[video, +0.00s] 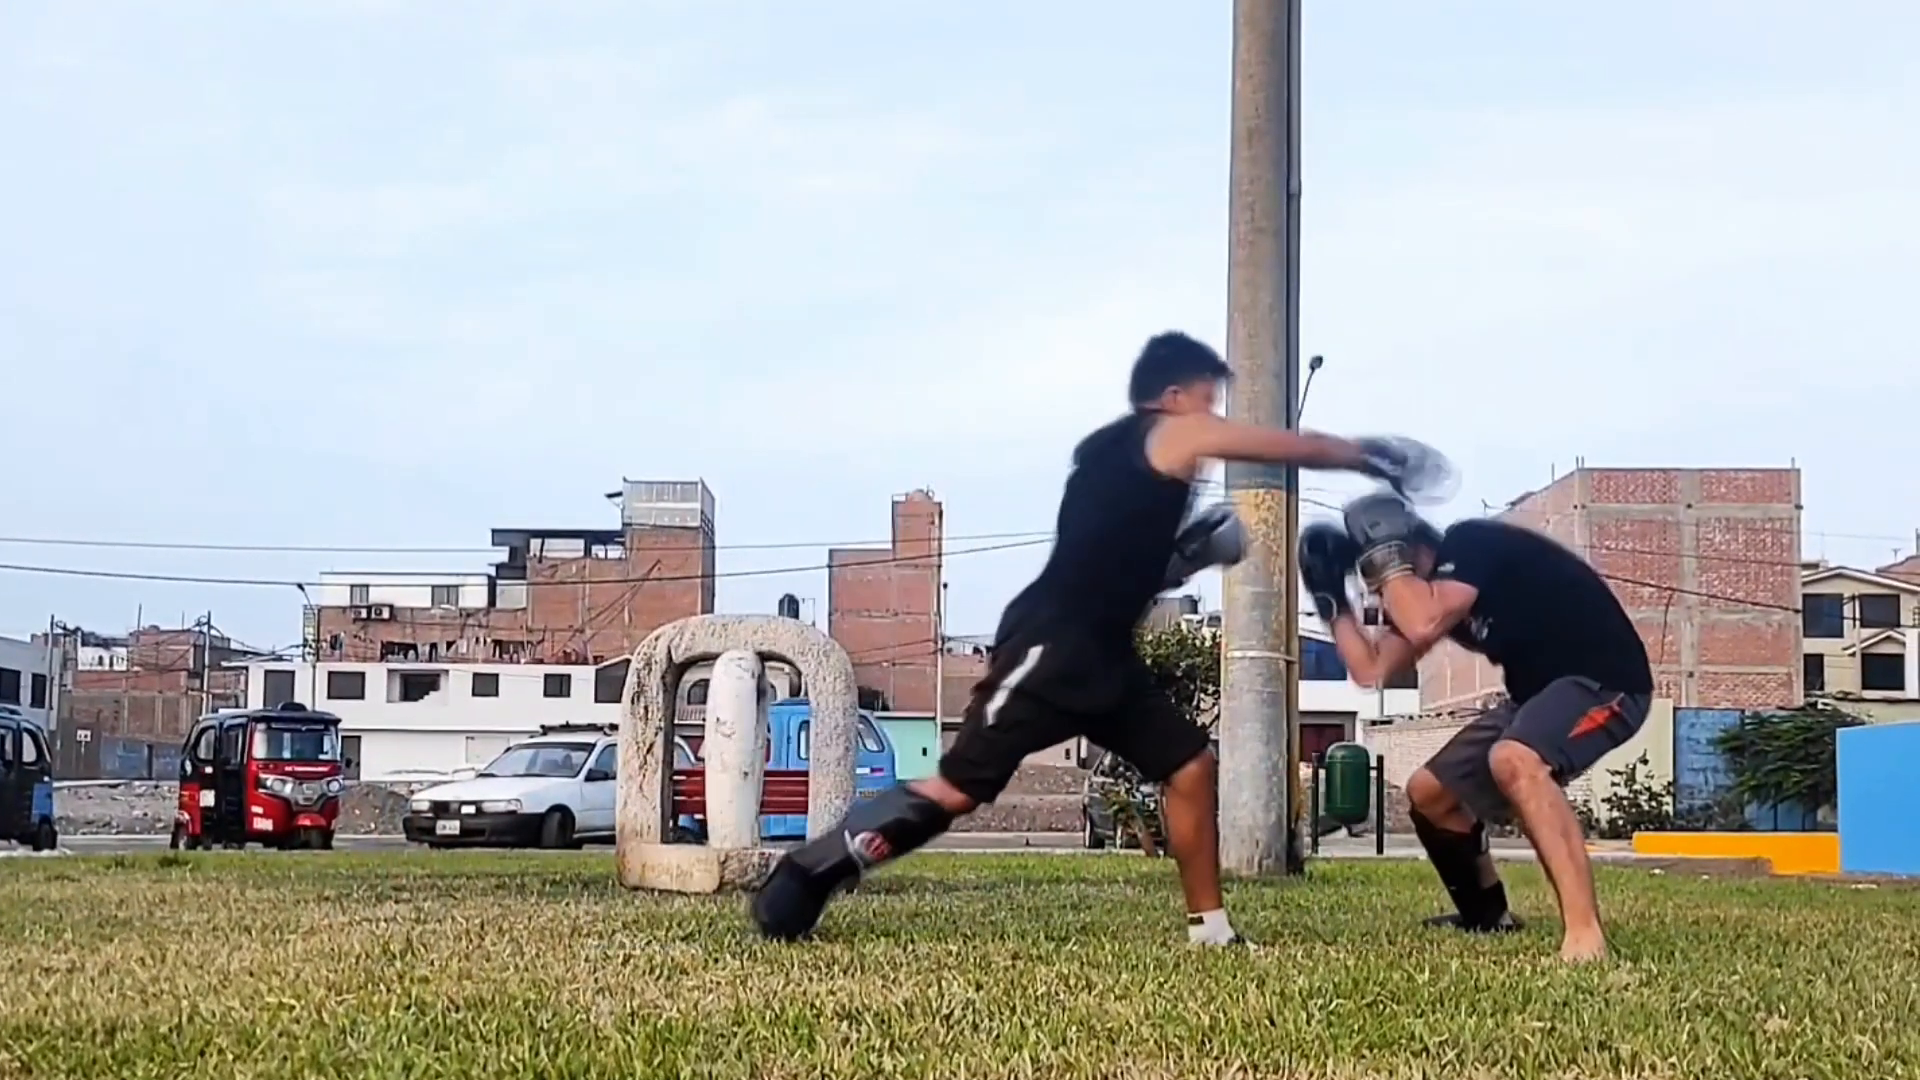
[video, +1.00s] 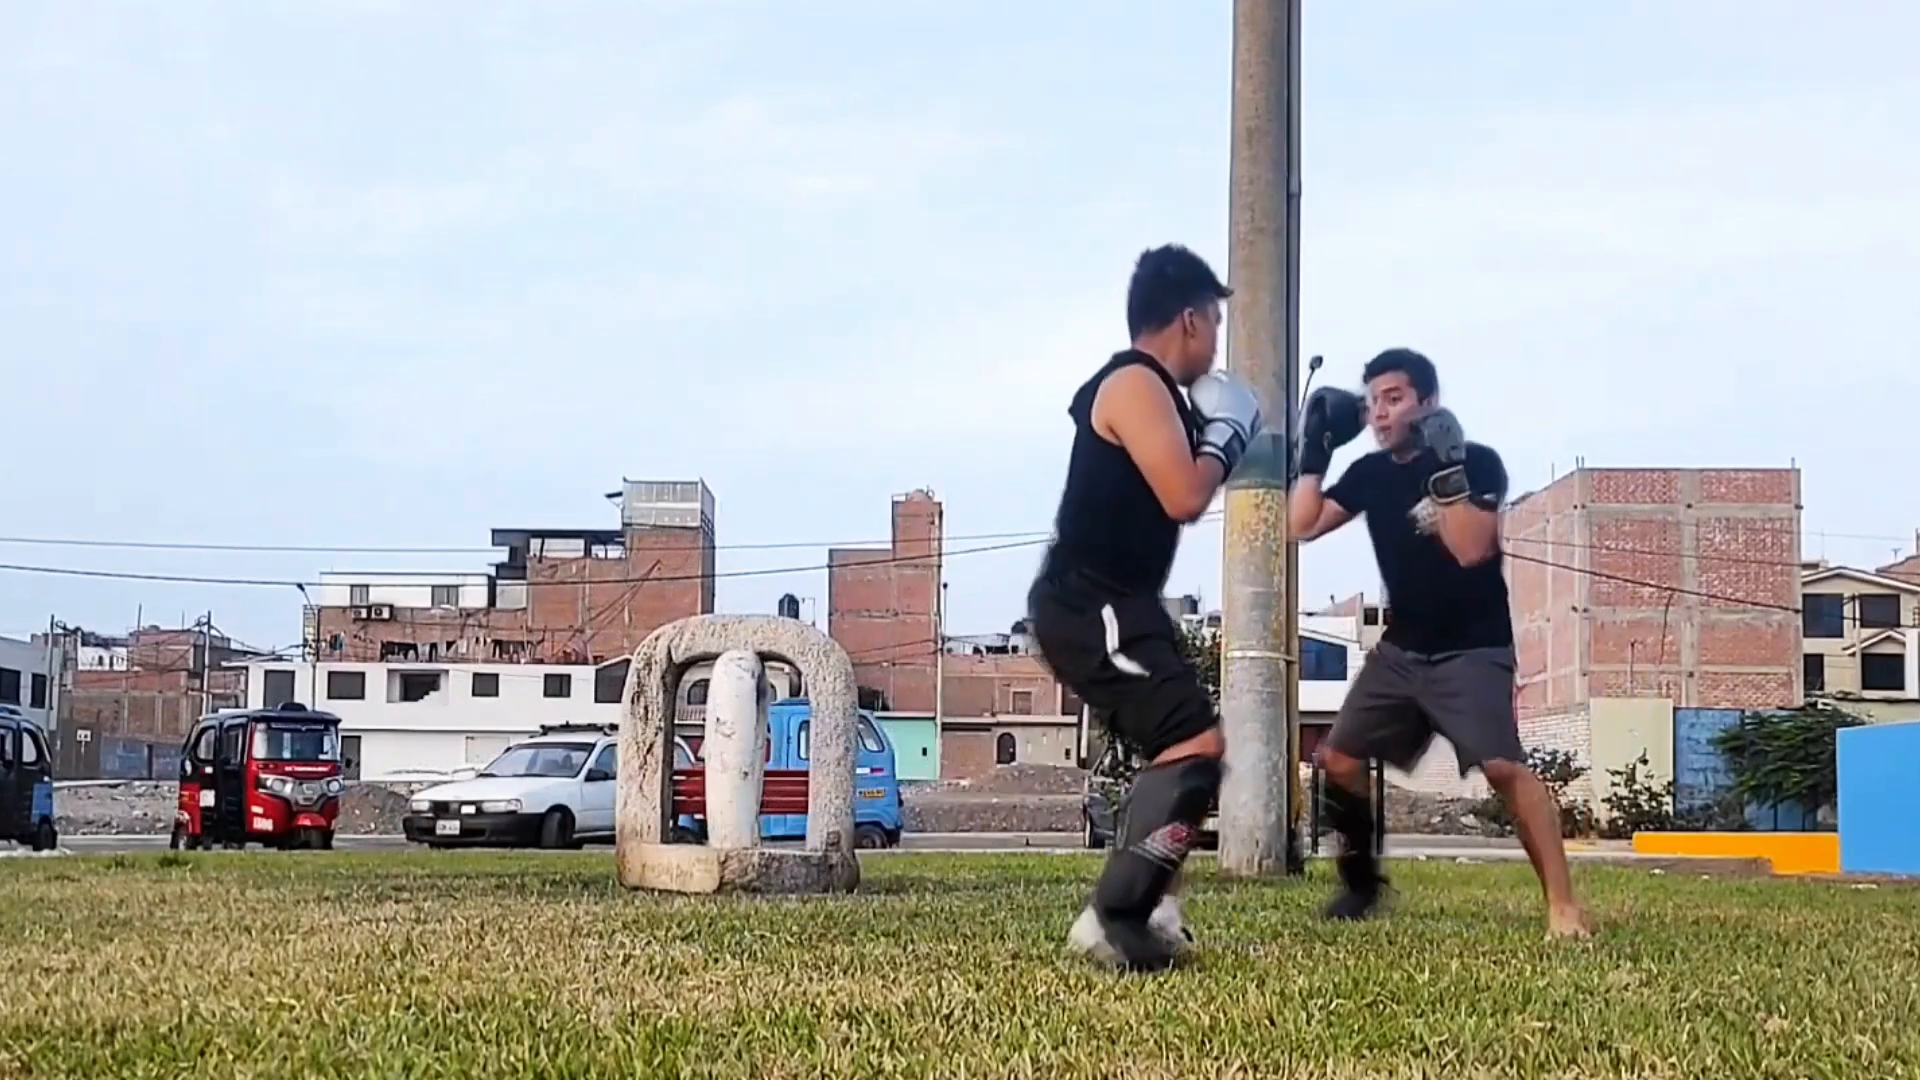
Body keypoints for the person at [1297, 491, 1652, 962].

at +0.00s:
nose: (1384, 596)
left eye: (1390, 578)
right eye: (1379, 590)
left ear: (1414, 551)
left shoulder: (1474, 542)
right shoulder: (1434, 593)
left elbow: (1422, 623)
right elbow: (1370, 670)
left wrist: (1382, 552)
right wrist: (1330, 596)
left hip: (1604, 680)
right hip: (1533, 696)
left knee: (1516, 759)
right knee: (1430, 795)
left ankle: (1584, 935)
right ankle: (1486, 918)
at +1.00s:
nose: (1379, 410)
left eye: (1392, 397)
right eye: (1372, 400)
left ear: (1427, 401)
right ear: (1368, 409)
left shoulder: (1473, 462)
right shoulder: (1372, 471)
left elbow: (1473, 548)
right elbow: (1302, 524)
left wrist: (1446, 467)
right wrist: (1316, 444)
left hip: (1473, 652)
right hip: (1401, 651)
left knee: (1502, 764)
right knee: (1339, 759)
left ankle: (1564, 908)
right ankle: (1362, 889)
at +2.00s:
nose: (1233, 463)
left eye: (1245, 451)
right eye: (1230, 452)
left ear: (1284, 458)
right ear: (1229, 457)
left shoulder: (1324, 513)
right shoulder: (1222, 512)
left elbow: (1386, 550)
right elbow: (1150, 542)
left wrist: (1415, 570)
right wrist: (1131, 496)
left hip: (1338, 683)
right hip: (1272, 679)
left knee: (1389, 784)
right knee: (1214, 791)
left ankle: (1485, 884)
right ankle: (1257, 901)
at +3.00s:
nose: (1069, 376)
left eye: (1081, 365)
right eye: (1071, 366)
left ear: (1119, 377)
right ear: (1108, 378)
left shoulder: (1155, 447)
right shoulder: (1071, 463)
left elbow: (1116, 507)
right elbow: (1027, 538)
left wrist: (1087, 429)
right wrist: (1010, 468)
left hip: (1111, 642)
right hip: (1045, 639)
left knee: (1124, 781)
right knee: (979, 763)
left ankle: (1177, 907)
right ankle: (910, 892)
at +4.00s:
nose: (1079, 389)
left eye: (1087, 378)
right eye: (1082, 377)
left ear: (1119, 386)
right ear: (1140, 391)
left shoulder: (1094, 423)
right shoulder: (1178, 476)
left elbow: (1054, 462)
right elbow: (1227, 546)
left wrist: (964, 524)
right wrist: (1184, 523)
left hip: (1023, 606)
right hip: (1084, 639)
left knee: (880, 631)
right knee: (1047, 759)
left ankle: (839, 779)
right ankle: (1071, 905)